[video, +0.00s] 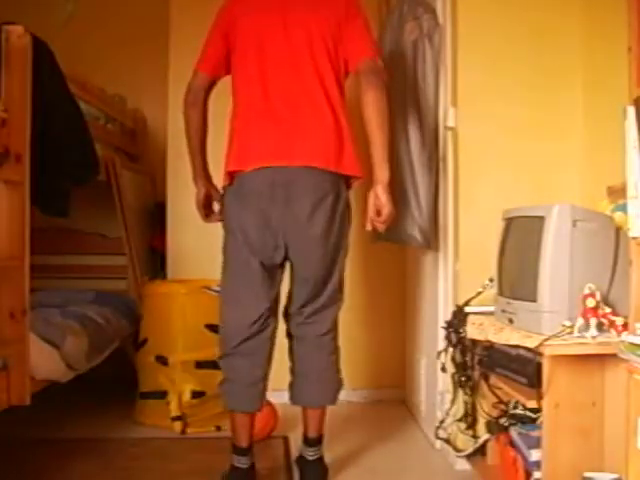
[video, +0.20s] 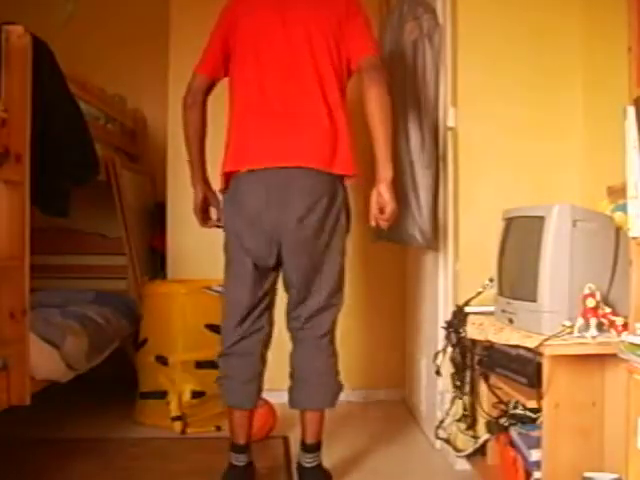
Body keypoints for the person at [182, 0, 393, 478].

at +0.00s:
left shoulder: (237, 9)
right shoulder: (341, 8)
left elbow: (196, 91)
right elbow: (370, 76)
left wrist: (201, 177)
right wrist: (381, 180)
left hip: (251, 174)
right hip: (317, 173)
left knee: (244, 317)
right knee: (314, 313)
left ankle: (241, 458)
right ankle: (312, 452)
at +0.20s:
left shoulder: (239, 9)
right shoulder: (343, 8)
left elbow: (194, 95)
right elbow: (373, 78)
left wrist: (200, 183)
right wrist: (384, 178)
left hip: (249, 177)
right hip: (314, 178)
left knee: (243, 320)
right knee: (313, 318)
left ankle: (239, 457)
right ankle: (310, 458)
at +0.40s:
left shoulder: (246, 8)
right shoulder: (350, 8)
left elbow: (199, 79)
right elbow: (385, 86)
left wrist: (188, 175)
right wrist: (391, 181)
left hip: (256, 171)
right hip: (320, 173)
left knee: (255, 290)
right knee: (316, 309)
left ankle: (248, 396)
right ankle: (309, 455)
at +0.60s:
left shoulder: (251, 8)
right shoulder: (356, 16)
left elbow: (198, 69)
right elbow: (405, 86)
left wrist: (169, 163)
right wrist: (398, 178)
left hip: (250, 176)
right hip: (317, 178)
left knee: (244, 294)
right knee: (316, 317)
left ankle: (244, 401)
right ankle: (307, 457)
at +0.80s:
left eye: (269, 12)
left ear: (272, 8)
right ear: (314, 8)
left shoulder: (248, 37)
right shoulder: (348, 35)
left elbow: (202, 97)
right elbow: (400, 89)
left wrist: (171, 189)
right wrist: (384, 182)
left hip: (248, 194)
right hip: (319, 197)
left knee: (211, 315)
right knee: (314, 326)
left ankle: (176, 445)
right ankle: (304, 457)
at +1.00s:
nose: (231, 22)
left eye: (230, 13)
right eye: (232, 18)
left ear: (241, 1)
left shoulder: (263, 6)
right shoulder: (326, 28)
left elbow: (271, 24)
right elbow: (386, 103)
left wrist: (211, 108)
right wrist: (368, 178)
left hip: (301, 169)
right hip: (345, 174)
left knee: (200, 272)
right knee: (294, 309)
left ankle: (237, 424)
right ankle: (302, 456)